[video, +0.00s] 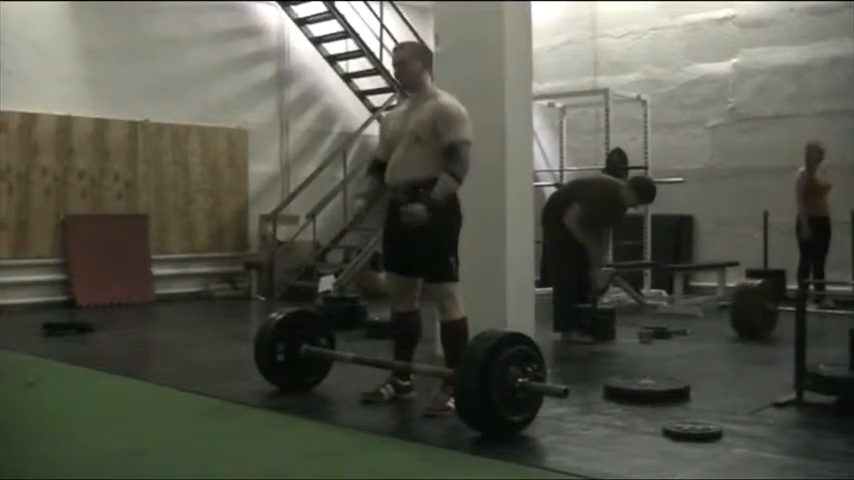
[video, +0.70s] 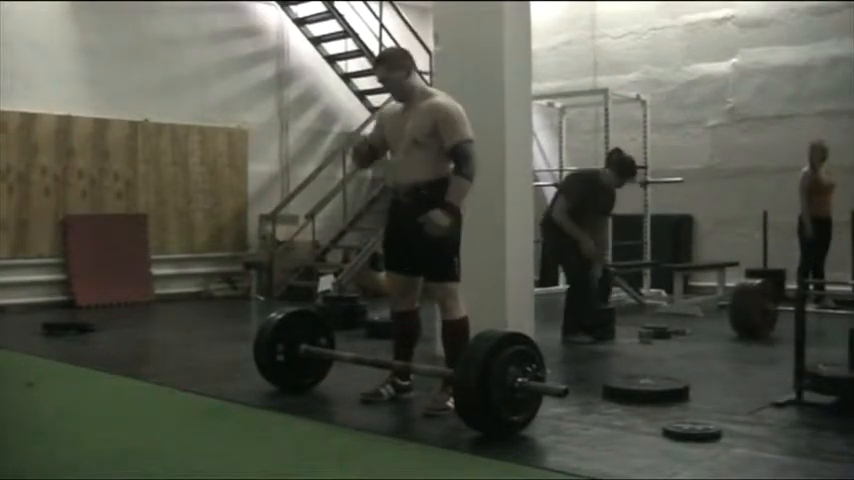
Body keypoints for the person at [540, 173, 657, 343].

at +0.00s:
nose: (635, 204)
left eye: (639, 203)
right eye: (636, 200)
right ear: (633, 192)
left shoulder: (618, 200)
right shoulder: (604, 192)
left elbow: (605, 232)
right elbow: (570, 219)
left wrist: (605, 262)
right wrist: (591, 246)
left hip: (579, 222)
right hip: (558, 220)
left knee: (582, 269)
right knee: (567, 271)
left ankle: (582, 323)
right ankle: (568, 328)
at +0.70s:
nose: (620, 185)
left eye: (624, 181)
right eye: (620, 179)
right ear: (612, 171)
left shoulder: (607, 194)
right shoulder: (580, 180)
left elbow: (601, 228)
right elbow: (557, 213)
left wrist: (602, 258)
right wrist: (583, 239)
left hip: (582, 235)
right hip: (559, 232)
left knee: (588, 277)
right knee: (579, 278)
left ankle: (587, 327)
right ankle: (572, 331)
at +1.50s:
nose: (625, 176)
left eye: (627, 171)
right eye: (623, 170)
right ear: (609, 161)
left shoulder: (605, 184)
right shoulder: (580, 169)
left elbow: (599, 225)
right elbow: (554, 204)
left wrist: (602, 256)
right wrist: (563, 236)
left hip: (585, 231)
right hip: (564, 229)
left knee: (593, 278)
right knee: (582, 278)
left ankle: (593, 326)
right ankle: (575, 331)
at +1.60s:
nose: (619, 166)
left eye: (621, 161)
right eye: (617, 160)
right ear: (607, 153)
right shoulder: (579, 165)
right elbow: (555, 199)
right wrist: (556, 234)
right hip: (569, 235)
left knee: (589, 281)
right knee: (580, 282)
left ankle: (589, 324)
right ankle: (574, 330)